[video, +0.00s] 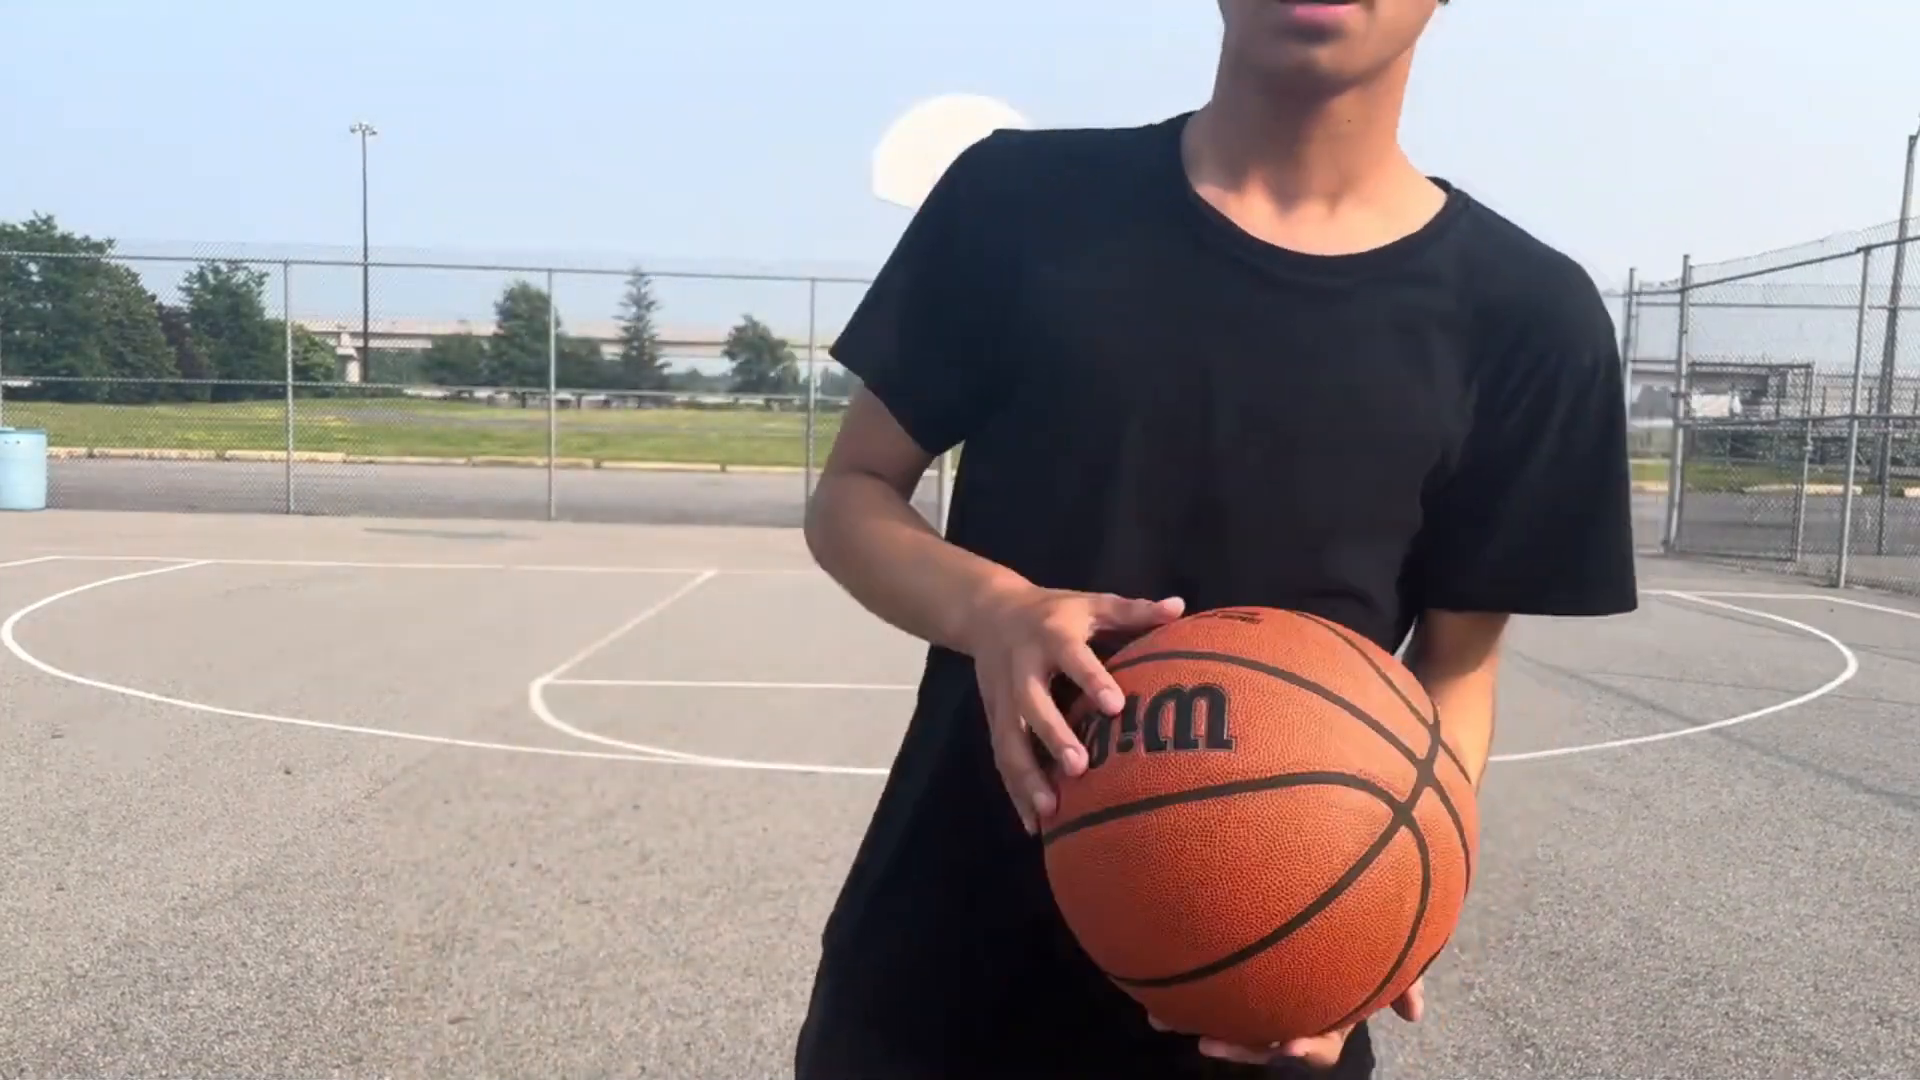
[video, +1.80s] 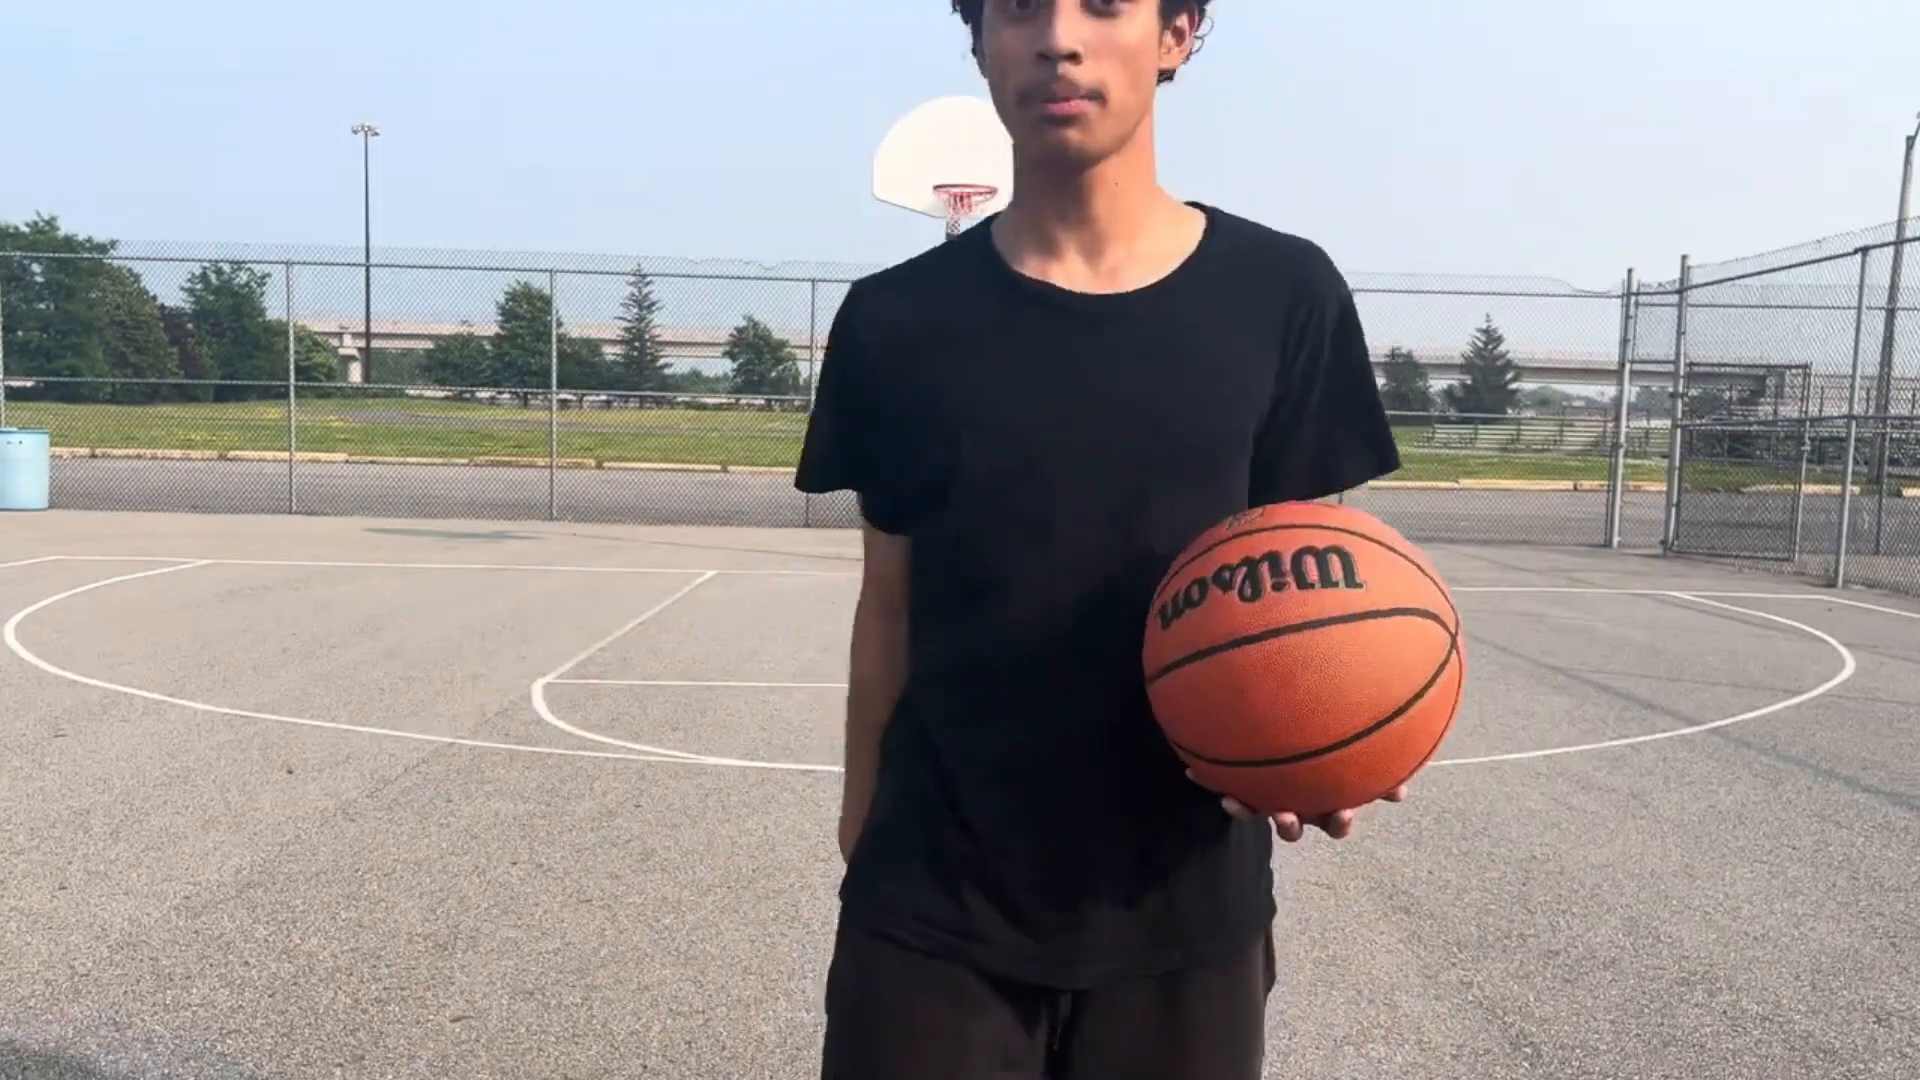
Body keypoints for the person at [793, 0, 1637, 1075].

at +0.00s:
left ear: (1443, 2)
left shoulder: (1528, 313)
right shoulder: (1015, 198)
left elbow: (1458, 663)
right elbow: (850, 496)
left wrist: (1371, 911)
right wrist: (988, 610)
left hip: (1268, 1014)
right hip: (940, 984)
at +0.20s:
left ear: (1289, 4)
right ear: (1071, 4)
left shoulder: (1389, 311)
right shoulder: (917, 271)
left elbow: (1390, 656)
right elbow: (776, 594)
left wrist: (1359, 842)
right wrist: (934, 633)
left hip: (1213, 998)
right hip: (909, 981)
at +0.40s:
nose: (1019, 21)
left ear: (1132, 19)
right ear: (924, 30)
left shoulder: (1261, 291)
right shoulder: (840, 325)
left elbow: (1298, 597)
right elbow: (796, 656)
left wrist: (1301, 775)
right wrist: (920, 757)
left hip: (1174, 943)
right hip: (897, 950)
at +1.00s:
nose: (1102, 79)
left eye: (1138, 34)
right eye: (1062, 48)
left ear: (1210, 54)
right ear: (1029, 84)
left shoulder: (1315, 308)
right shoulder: (956, 321)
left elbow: (1355, 573)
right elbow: (864, 569)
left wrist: (1343, 710)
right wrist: (796, 705)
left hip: (1213, 872)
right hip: (987, 869)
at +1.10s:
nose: (1141, 94)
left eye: (1180, 48)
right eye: (1105, 58)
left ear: (1256, 63)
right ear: (1072, 81)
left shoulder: (1345, 324)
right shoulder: (989, 313)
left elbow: (1357, 581)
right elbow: (851, 540)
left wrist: (1336, 730)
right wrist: (679, 683)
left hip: (1219, 869)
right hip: (997, 866)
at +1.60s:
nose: (1100, 79)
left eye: (1150, 42)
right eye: (1093, 46)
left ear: (1264, 69)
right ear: (1079, 66)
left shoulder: (1356, 345)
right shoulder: (987, 303)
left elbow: (1328, 618)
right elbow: (869, 555)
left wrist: (1294, 771)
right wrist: (710, 755)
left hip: (1204, 901)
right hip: (967, 887)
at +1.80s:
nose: (1058, 36)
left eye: (1102, 2)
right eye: (1022, 3)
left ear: (1174, 35)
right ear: (978, 40)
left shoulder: (1284, 295)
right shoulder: (895, 316)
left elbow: (1312, 577)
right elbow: (886, 608)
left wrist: (1320, 742)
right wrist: (862, 837)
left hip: (1187, 913)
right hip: (935, 906)